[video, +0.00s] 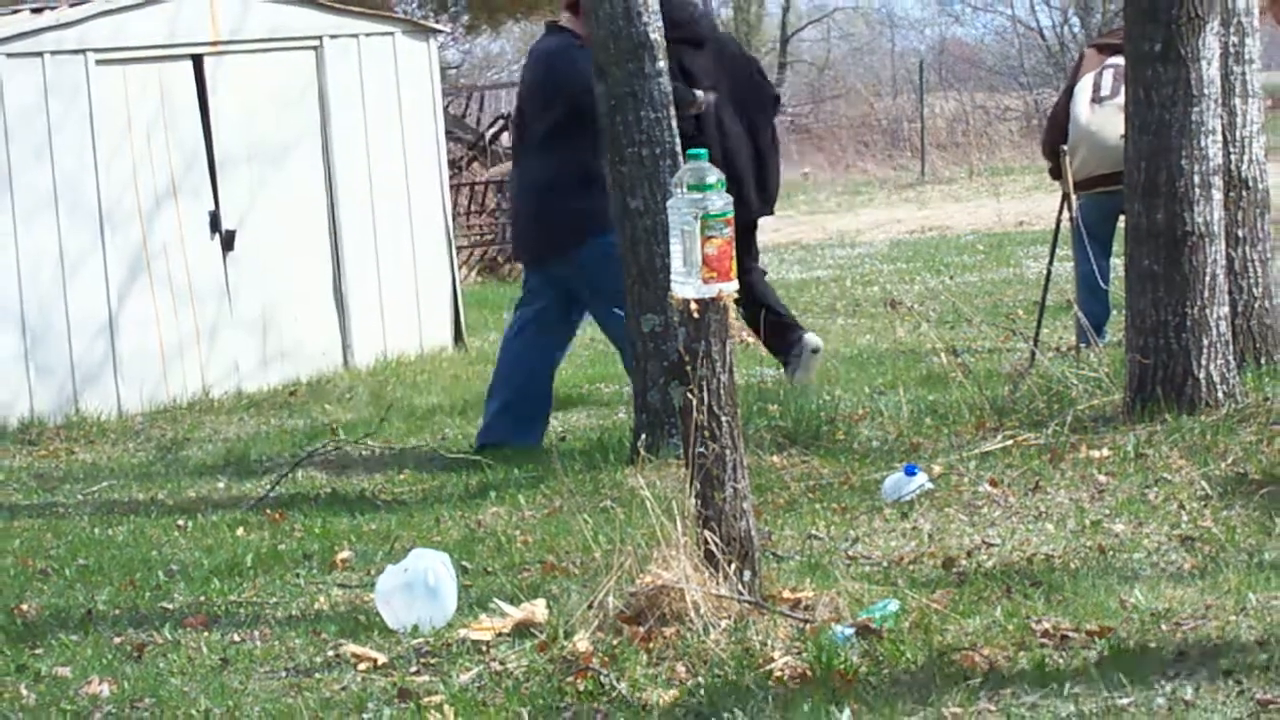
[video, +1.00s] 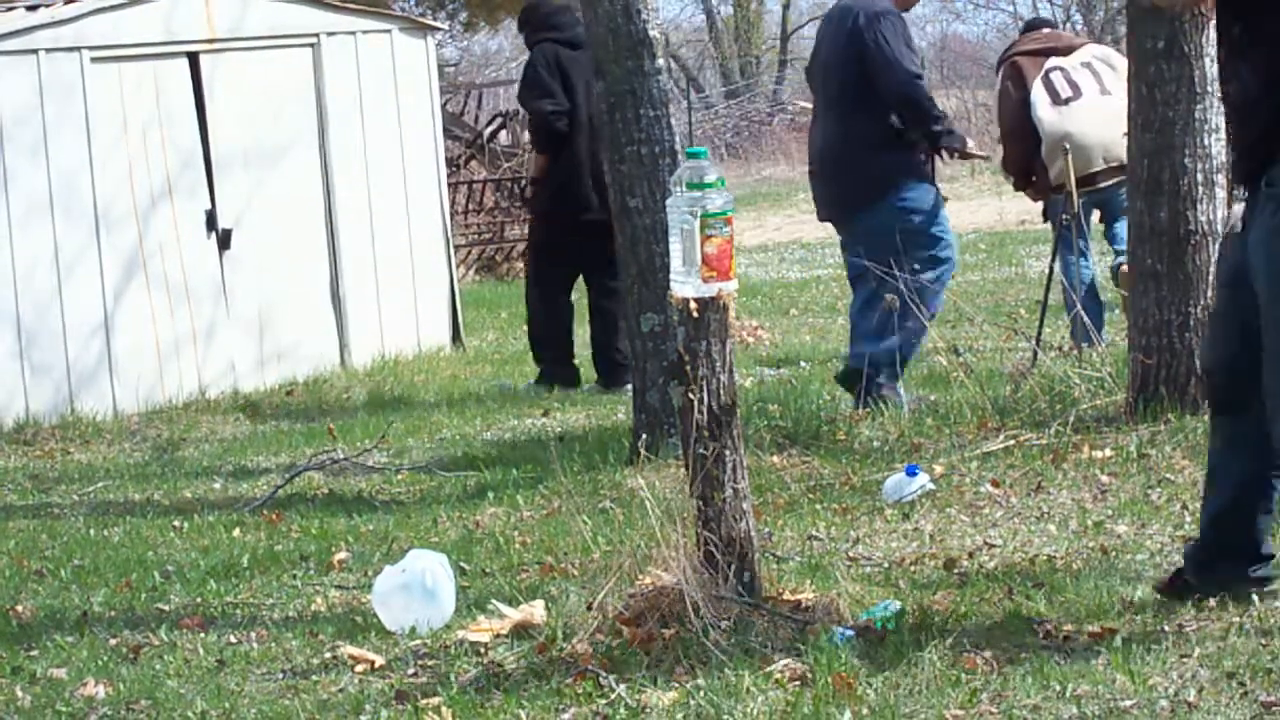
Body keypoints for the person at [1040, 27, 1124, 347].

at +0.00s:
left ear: (1115, 26)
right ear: (1148, 24)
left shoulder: (1091, 56)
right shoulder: (1163, 51)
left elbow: (1060, 117)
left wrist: (1058, 163)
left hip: (1095, 173)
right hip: (1150, 174)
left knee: (1091, 254)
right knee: (1154, 256)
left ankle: (1090, 341)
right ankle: (1157, 340)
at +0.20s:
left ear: (1113, 22)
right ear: (1142, 23)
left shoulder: (1082, 56)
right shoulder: (1158, 50)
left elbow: (1053, 123)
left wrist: (1056, 165)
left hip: (1095, 177)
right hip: (1151, 175)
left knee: (1093, 257)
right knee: (1154, 258)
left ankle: (1092, 342)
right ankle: (1158, 341)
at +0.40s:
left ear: (1087, 30)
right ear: (1125, 29)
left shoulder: (1066, 60)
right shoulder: (1142, 52)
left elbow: (1046, 119)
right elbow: (1166, 111)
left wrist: (1051, 171)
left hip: (1092, 177)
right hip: (1147, 171)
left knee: (1091, 257)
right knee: (1154, 254)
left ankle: (1091, 340)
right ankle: (1160, 337)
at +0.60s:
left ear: (1059, 33)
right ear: (1097, 30)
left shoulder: (1044, 61)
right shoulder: (1122, 53)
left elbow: (1030, 126)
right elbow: (1149, 106)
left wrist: (1043, 177)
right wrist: (1147, 157)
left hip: (1080, 178)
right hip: (1133, 170)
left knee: (1083, 259)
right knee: (1150, 254)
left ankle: (1089, 339)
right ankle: (1162, 334)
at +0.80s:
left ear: (1037, 35)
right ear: (1073, 30)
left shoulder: (1026, 62)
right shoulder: (1108, 51)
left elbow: (1018, 129)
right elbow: (1140, 101)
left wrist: (1036, 183)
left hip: (1072, 177)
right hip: (1126, 166)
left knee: (1079, 264)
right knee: (1148, 250)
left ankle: (1088, 342)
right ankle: (1169, 328)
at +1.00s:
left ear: (1021, 38)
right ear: (1058, 30)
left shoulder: (1016, 65)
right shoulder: (1093, 50)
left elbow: (1014, 132)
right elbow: (1130, 96)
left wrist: (1025, 181)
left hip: (1064, 177)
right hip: (1120, 163)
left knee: (1075, 255)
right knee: (1122, 216)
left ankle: (1087, 341)